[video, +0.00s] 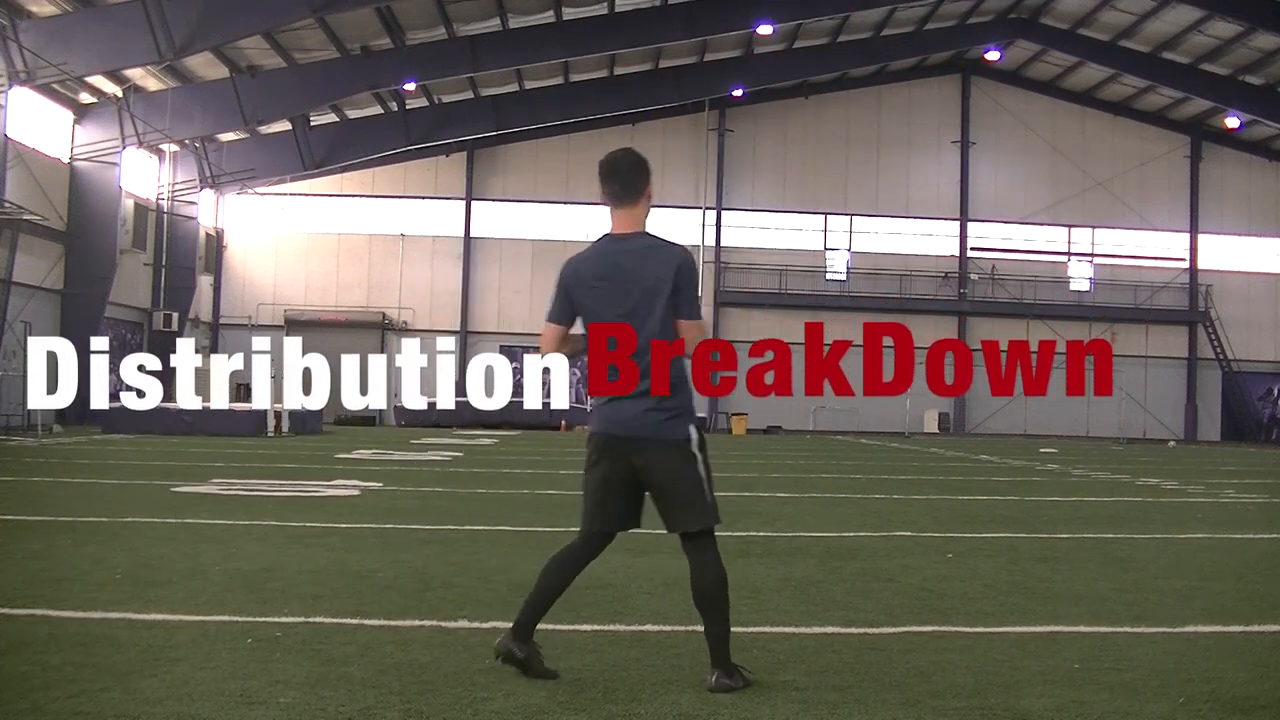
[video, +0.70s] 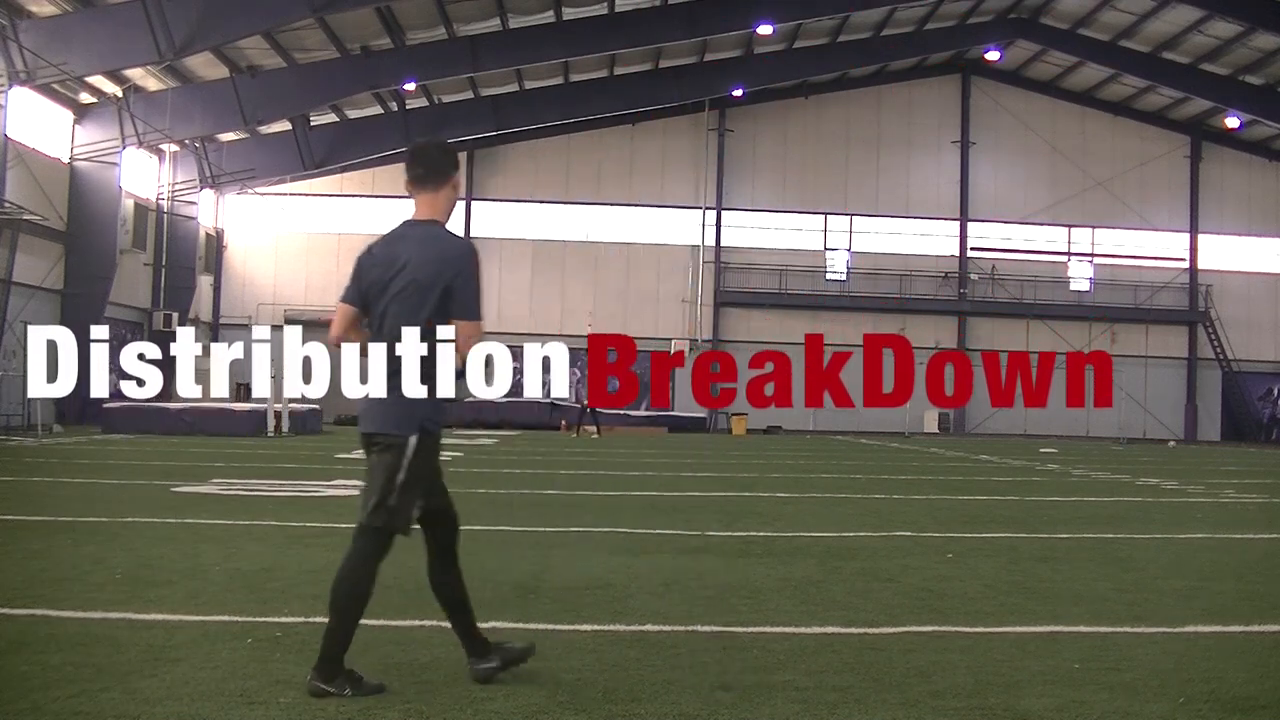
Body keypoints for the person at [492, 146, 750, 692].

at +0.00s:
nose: (649, 197)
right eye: (650, 189)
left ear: (602, 195)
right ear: (650, 192)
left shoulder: (578, 266)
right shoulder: (676, 260)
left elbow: (552, 342)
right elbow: (691, 341)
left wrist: (592, 342)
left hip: (606, 432)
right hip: (667, 433)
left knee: (593, 534)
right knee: (700, 544)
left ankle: (518, 637)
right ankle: (722, 668)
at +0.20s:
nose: (584, 201)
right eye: (586, 193)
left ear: (539, 199)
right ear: (585, 195)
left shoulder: (514, 270)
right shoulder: (615, 258)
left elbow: (487, 350)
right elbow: (636, 340)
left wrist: (527, 351)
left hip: (539, 432)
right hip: (600, 431)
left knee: (541, 539)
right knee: (649, 540)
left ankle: (508, 657)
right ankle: (691, 655)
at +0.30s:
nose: (554, 193)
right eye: (555, 184)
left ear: (509, 192)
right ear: (554, 185)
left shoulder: (485, 260)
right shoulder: (584, 247)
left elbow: (462, 342)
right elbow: (605, 329)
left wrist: (503, 345)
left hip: (508, 421)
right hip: (568, 420)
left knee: (521, 535)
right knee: (617, 526)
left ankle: (507, 657)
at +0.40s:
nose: (518, 192)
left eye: (490, 185)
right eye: (524, 182)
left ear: (478, 188)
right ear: (527, 183)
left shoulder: (458, 256)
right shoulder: (553, 243)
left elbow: (425, 329)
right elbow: (575, 326)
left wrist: (443, 344)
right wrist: (551, 337)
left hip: (481, 416)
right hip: (535, 416)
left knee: (505, 531)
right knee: (567, 529)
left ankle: (504, 656)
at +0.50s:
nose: (496, 192)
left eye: (481, 183)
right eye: (498, 182)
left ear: (453, 189)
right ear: (499, 184)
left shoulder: (431, 258)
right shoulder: (521, 247)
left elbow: (391, 335)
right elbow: (543, 330)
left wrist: (439, 335)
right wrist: (503, 325)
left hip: (452, 420)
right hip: (500, 420)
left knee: (492, 537)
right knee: (496, 536)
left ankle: (507, 659)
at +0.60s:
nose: (480, 195)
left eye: (472, 186)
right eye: (479, 186)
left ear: (431, 192)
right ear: (475, 187)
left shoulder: (404, 260)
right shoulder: (488, 254)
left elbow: (365, 338)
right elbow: (508, 343)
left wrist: (414, 359)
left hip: (416, 423)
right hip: (454, 427)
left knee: (471, 540)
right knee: (415, 543)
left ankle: (501, 657)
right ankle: (337, 662)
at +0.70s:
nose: (458, 194)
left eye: (453, 185)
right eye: (459, 186)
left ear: (408, 187)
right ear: (455, 186)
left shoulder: (377, 251)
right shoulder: (456, 251)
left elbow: (339, 330)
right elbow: (465, 340)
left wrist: (395, 341)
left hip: (380, 417)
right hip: (412, 421)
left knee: (440, 524)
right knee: (370, 540)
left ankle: (480, 652)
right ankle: (328, 669)